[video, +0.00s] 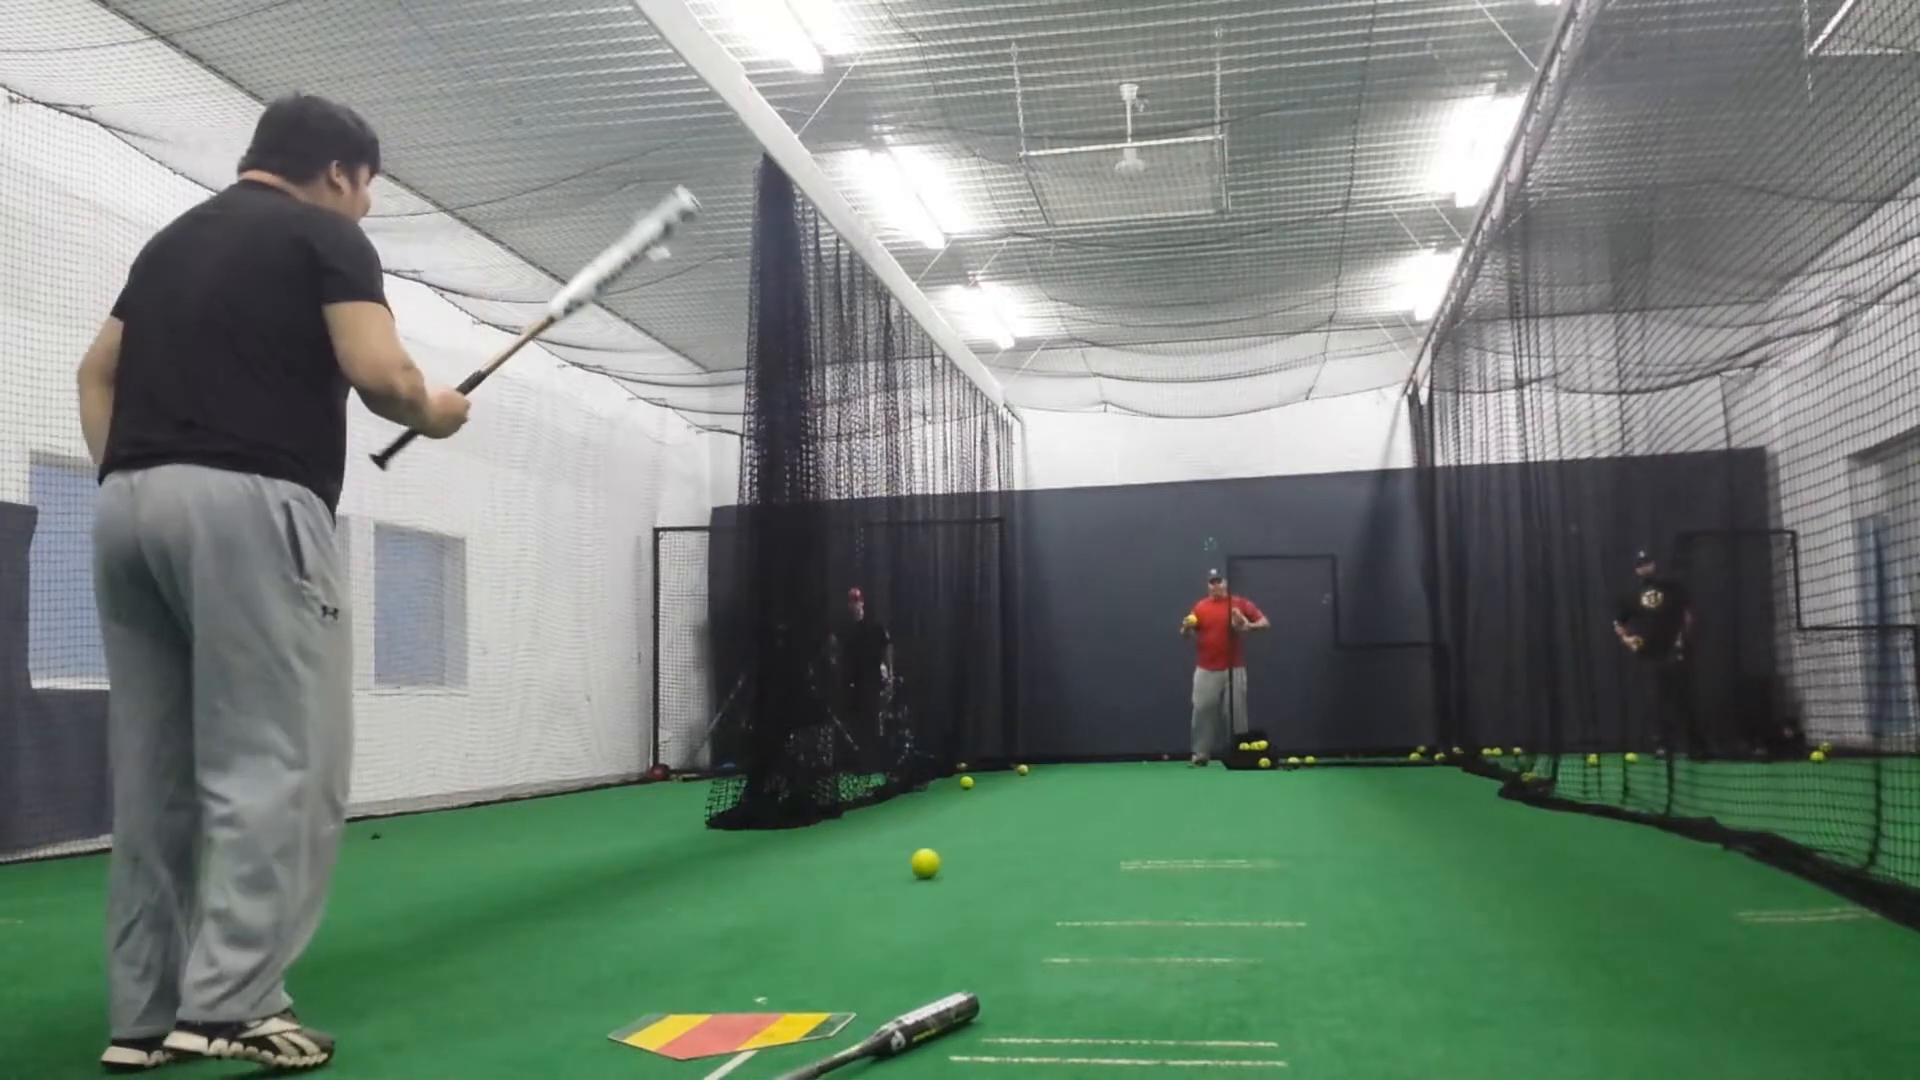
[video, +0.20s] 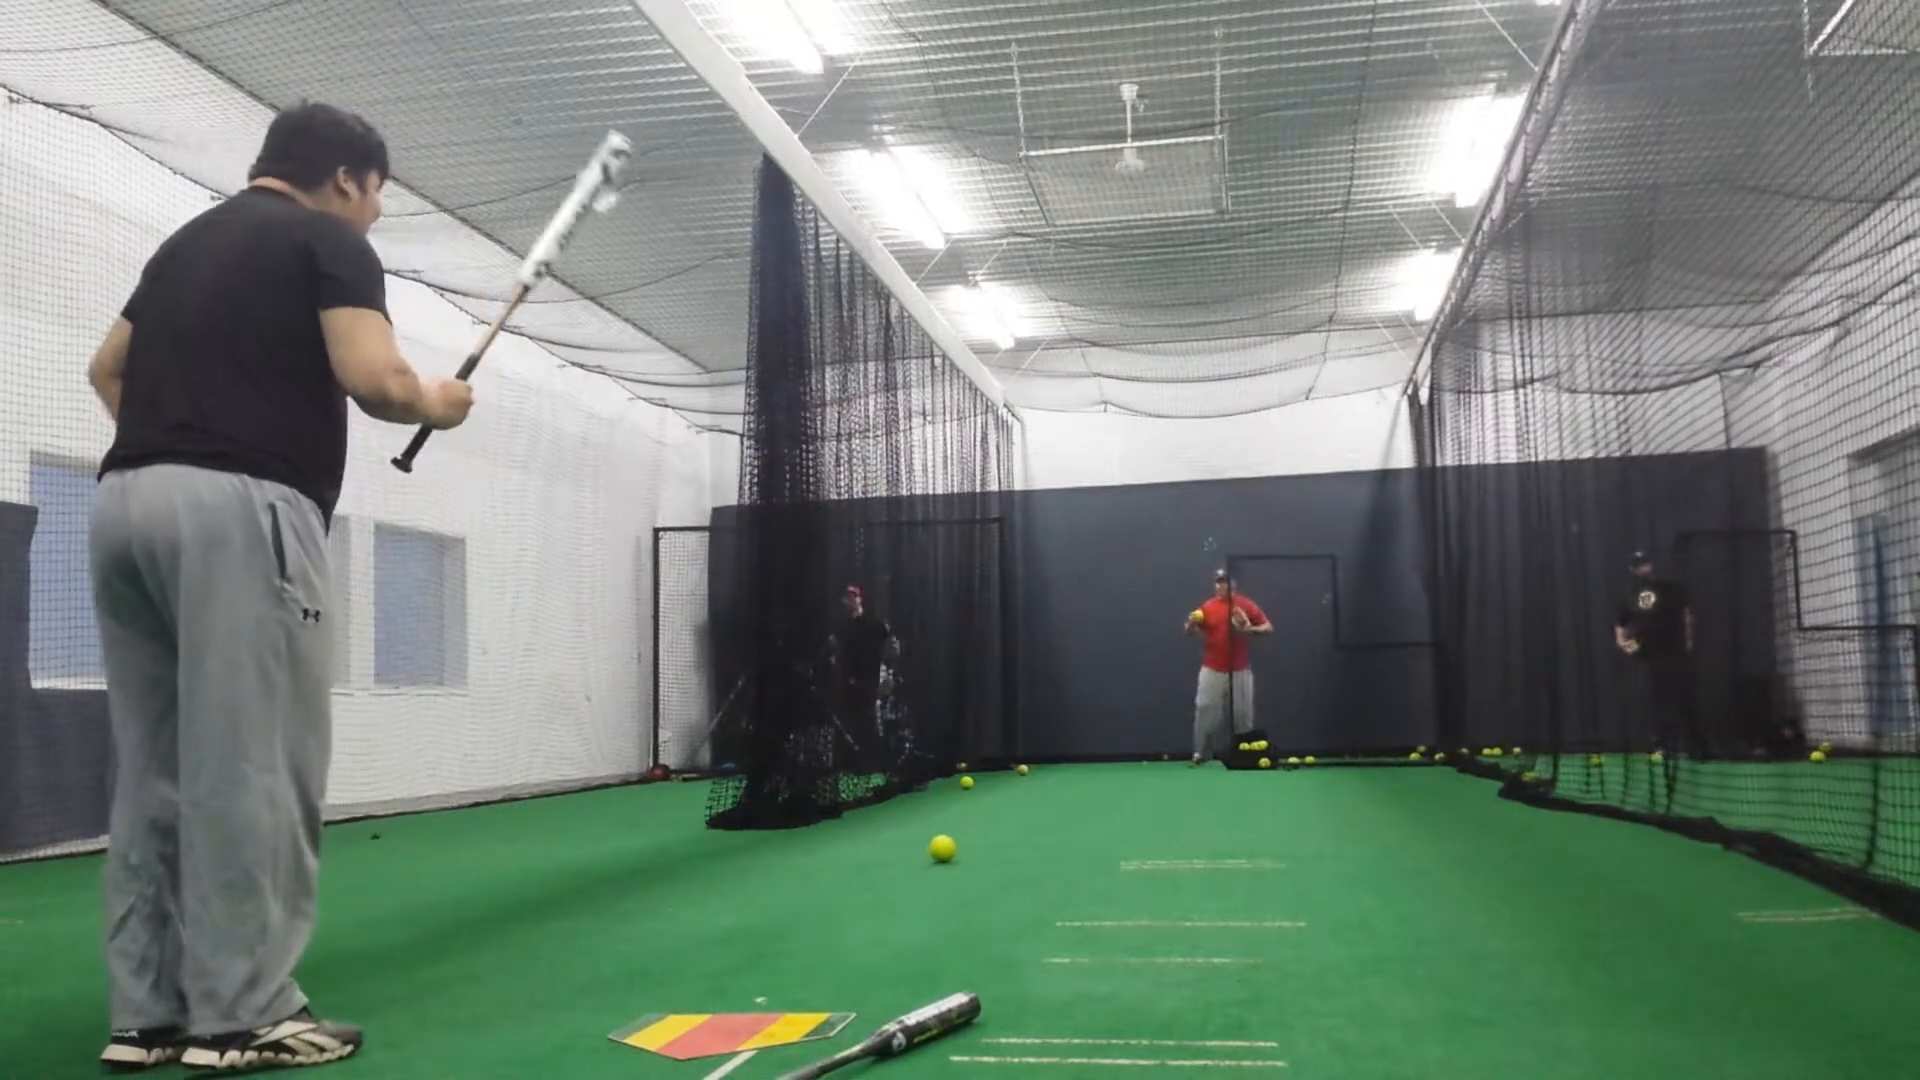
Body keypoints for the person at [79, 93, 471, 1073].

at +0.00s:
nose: (369, 208)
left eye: (371, 193)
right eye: (368, 190)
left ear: (256, 166)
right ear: (336, 173)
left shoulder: (171, 239)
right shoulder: (327, 232)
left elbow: (99, 369)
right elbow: (376, 374)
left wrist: (124, 479)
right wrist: (430, 407)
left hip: (130, 501)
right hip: (248, 501)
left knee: (153, 765)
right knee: (270, 761)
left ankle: (144, 1016)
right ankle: (230, 1006)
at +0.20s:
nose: (376, 215)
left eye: (379, 200)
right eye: (376, 197)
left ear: (272, 172)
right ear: (343, 179)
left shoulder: (187, 240)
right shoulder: (329, 237)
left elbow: (109, 366)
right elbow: (372, 377)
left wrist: (171, 448)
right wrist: (431, 400)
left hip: (127, 498)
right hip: (240, 502)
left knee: (152, 767)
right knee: (252, 761)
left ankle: (148, 1016)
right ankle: (243, 1010)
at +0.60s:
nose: (394, 219)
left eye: (401, 204)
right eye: (393, 195)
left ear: (318, 163)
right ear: (345, 161)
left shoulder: (231, 222)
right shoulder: (326, 228)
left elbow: (277, 388)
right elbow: (393, 378)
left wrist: (405, 408)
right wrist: (457, 360)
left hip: (143, 498)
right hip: (239, 511)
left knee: (166, 766)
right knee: (258, 770)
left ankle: (154, 1002)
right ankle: (247, 1018)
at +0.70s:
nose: (399, 219)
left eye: (406, 203)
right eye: (398, 193)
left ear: (326, 160)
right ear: (348, 158)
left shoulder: (245, 218)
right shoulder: (320, 224)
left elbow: (293, 386)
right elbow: (393, 373)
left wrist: (421, 401)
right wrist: (463, 356)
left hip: (156, 502)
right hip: (239, 514)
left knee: (178, 765)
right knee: (259, 771)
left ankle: (159, 987)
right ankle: (245, 1021)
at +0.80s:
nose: (399, 217)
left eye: (407, 201)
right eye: (397, 191)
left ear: (332, 160)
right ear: (345, 156)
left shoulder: (256, 217)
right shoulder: (311, 223)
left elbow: (307, 392)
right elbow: (381, 369)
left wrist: (430, 413)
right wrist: (466, 362)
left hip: (174, 507)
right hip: (237, 517)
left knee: (208, 759)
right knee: (253, 771)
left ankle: (166, 968)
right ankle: (244, 1024)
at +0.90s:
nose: (401, 214)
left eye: (410, 197)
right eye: (397, 188)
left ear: (334, 161)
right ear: (342, 155)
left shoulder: (276, 222)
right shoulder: (300, 221)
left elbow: (332, 397)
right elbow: (371, 367)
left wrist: (437, 414)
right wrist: (464, 361)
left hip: (202, 511)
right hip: (234, 519)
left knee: (237, 756)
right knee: (255, 771)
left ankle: (169, 946)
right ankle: (242, 1025)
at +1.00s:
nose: (404, 212)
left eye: (413, 195)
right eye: (401, 186)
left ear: (339, 161)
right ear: (347, 153)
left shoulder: (284, 225)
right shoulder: (294, 218)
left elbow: (333, 395)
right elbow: (357, 367)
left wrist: (444, 407)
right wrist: (462, 350)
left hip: (219, 515)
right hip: (228, 519)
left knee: (239, 756)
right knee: (249, 773)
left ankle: (163, 942)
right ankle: (242, 1025)